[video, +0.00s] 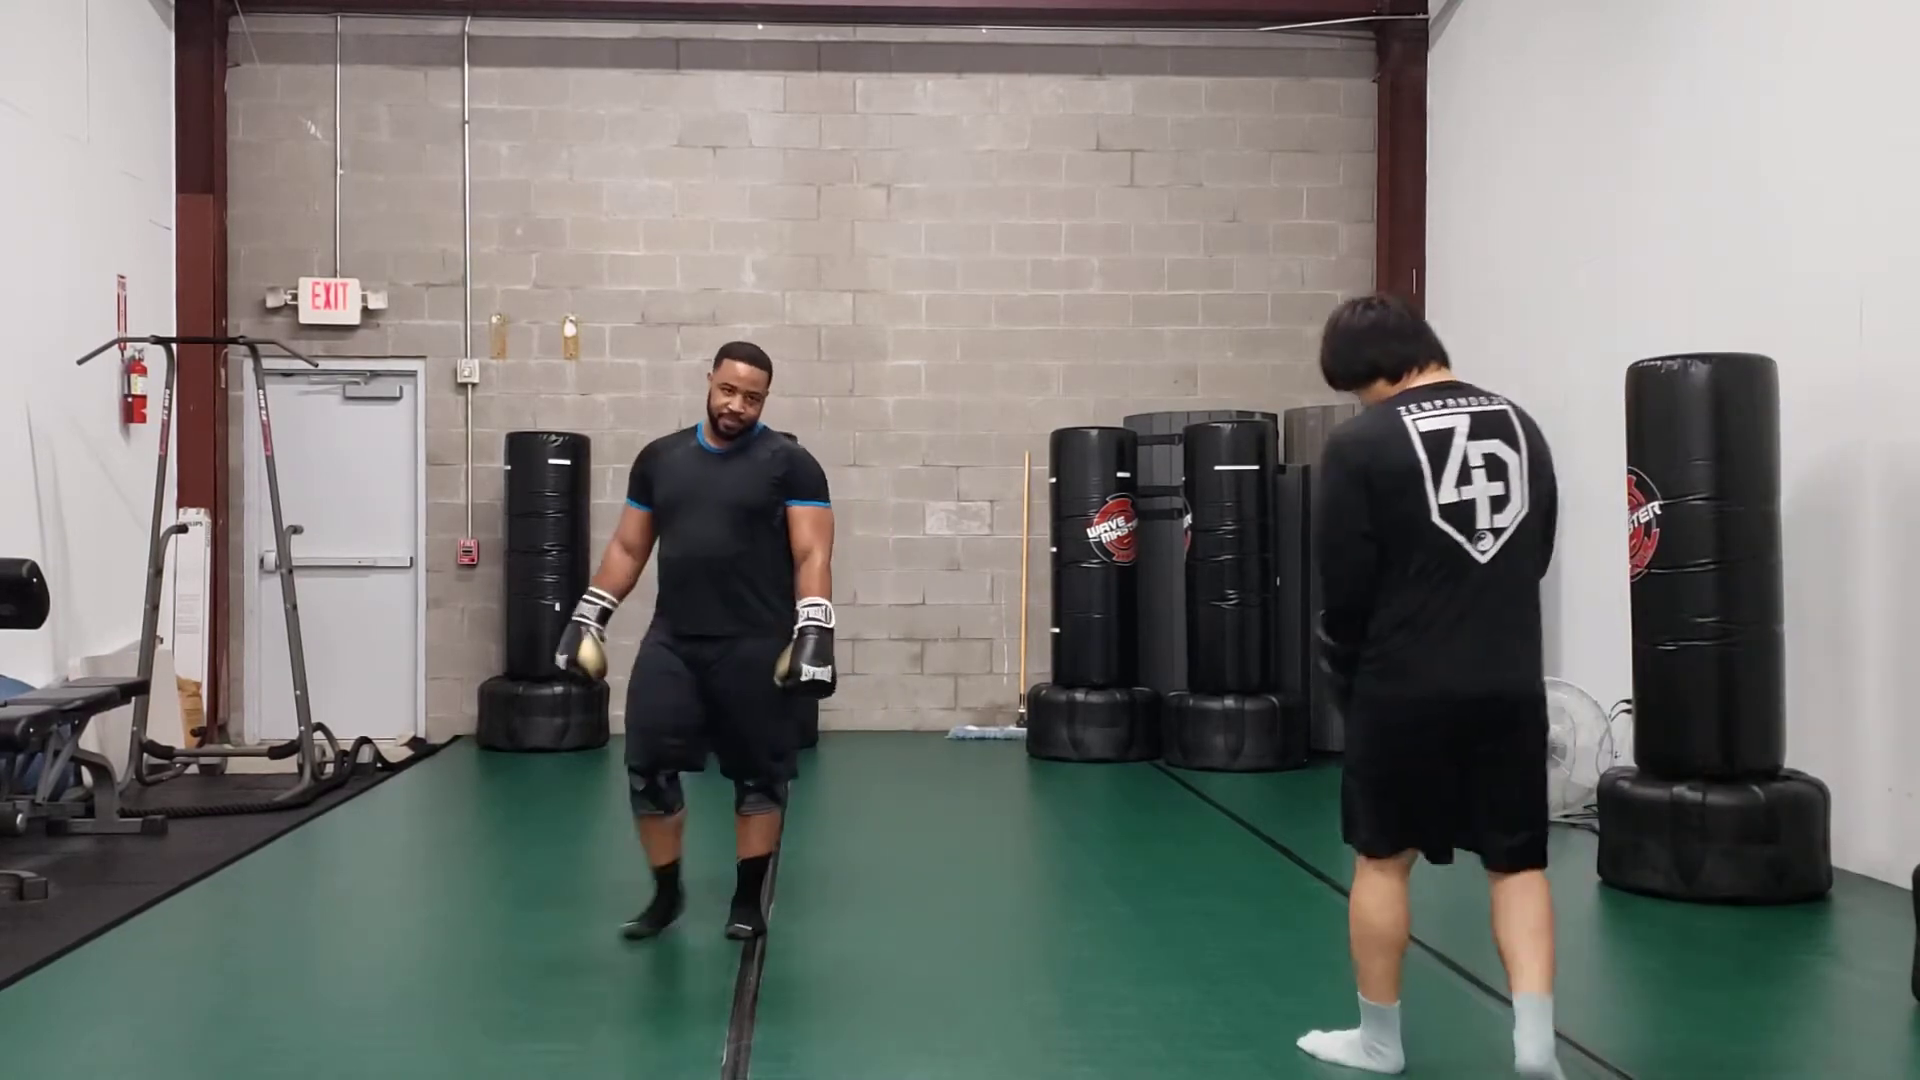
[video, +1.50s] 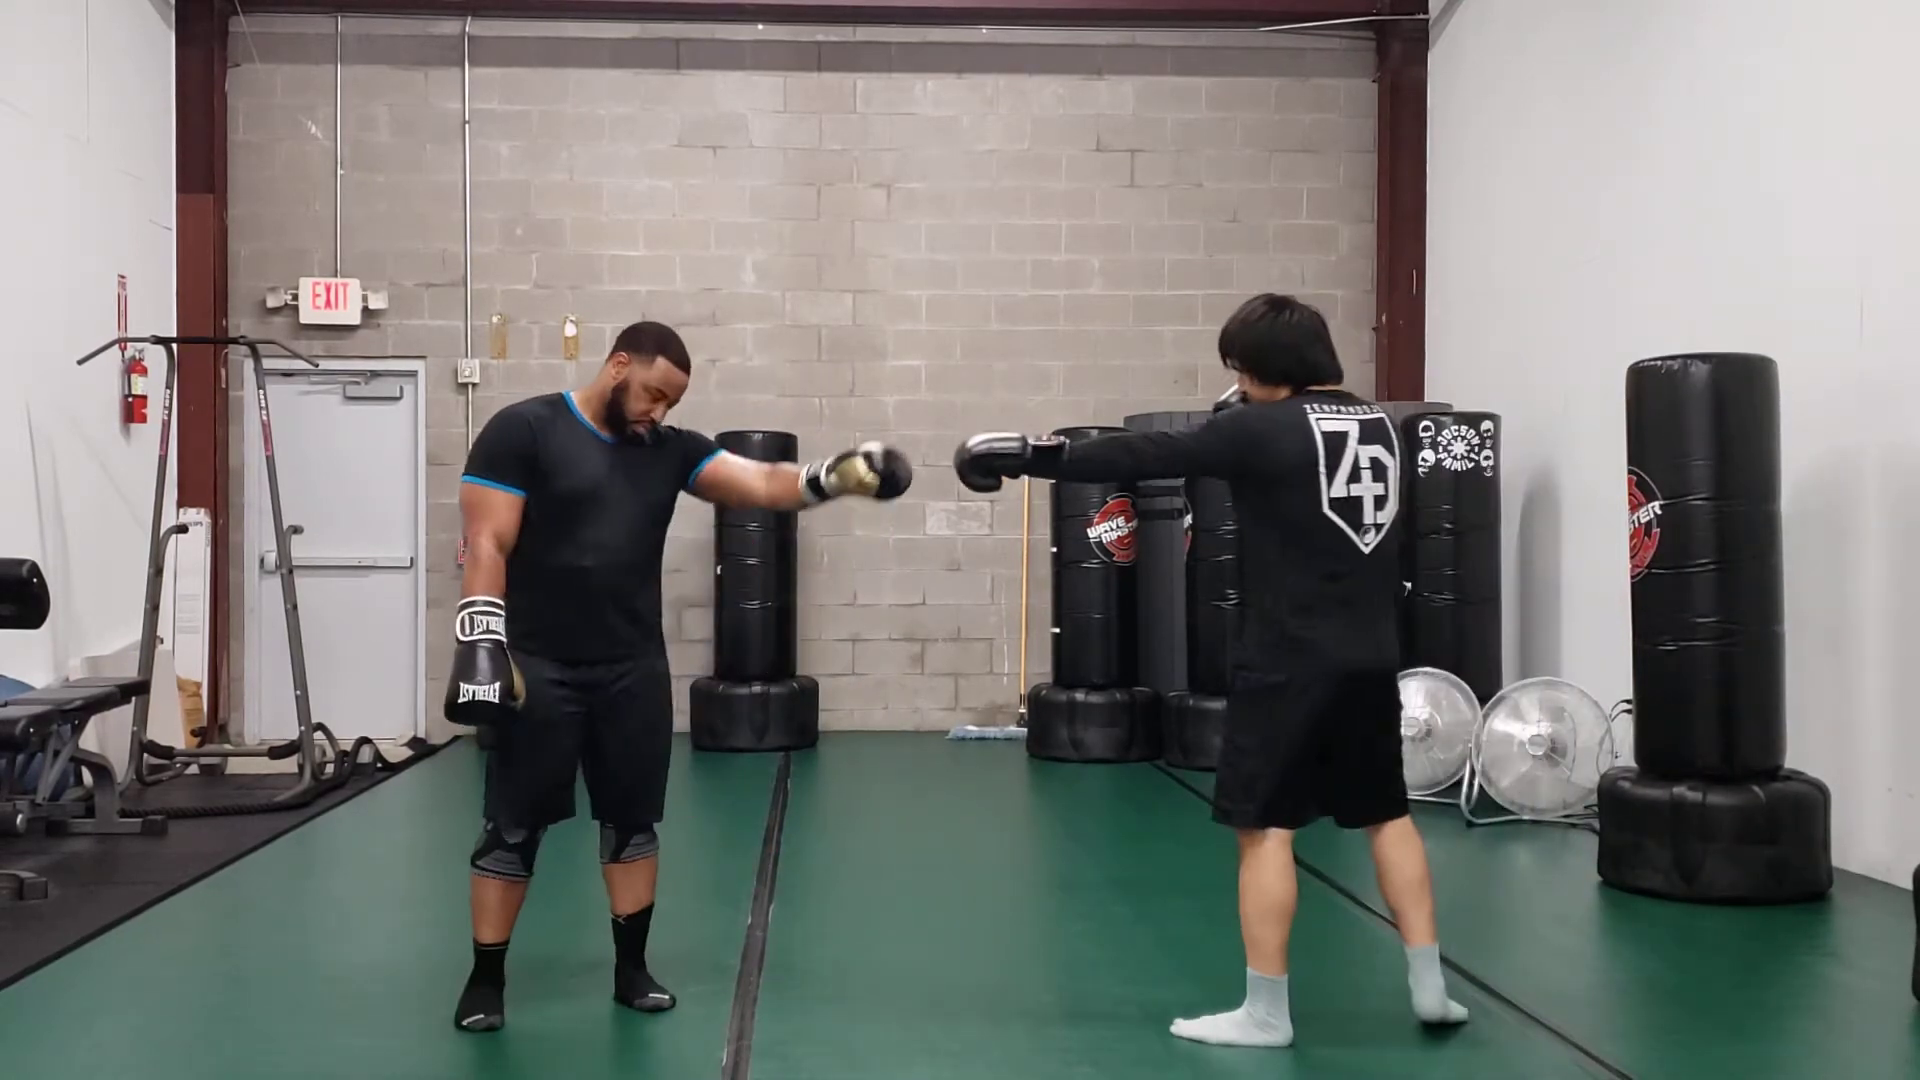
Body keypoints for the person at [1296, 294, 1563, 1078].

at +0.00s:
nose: (1359, 404)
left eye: (1357, 390)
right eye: (1355, 391)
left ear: (1374, 375)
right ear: (1429, 353)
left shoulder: (1362, 444)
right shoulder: (1518, 423)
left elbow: (1346, 588)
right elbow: (1537, 546)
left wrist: (1344, 668)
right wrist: (1488, 609)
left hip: (1403, 683)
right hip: (1507, 680)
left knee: (1382, 858)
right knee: (1519, 860)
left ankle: (1378, 1037)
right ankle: (1535, 1047)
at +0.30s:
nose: (1320, 408)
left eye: (1316, 395)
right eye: (1315, 397)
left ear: (1334, 381)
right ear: (1395, 353)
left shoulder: (1330, 438)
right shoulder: (1478, 418)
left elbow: (1321, 571)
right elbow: (1486, 544)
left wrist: (1339, 645)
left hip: (1384, 674)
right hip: (1479, 666)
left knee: (1372, 846)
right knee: (1496, 829)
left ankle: (1378, 1035)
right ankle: (1525, 1004)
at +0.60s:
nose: (1358, 395)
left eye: (1358, 379)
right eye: (1353, 381)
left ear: (1392, 367)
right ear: (1428, 356)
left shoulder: (1388, 436)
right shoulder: (1488, 420)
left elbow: (1362, 565)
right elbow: (1449, 541)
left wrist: (1361, 629)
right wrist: (1341, 586)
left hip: (1413, 664)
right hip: (1496, 658)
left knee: (1362, 825)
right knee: (1494, 825)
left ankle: (1383, 1018)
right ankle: (1507, 1003)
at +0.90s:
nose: (1358, 376)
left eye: (1365, 362)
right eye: (1358, 361)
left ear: (1402, 363)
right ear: (1435, 359)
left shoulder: (1409, 433)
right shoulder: (1484, 421)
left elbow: (1400, 554)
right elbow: (1452, 539)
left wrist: (1342, 599)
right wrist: (1354, 543)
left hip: (1424, 660)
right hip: (1497, 657)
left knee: (1335, 805)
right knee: (1488, 819)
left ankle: (1349, 994)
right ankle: (1508, 1004)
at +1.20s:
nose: (1296, 396)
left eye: (1299, 383)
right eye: (1295, 383)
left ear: (1331, 381)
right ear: (1372, 370)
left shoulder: (1342, 446)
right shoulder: (1439, 431)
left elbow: (1296, 544)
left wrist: (1210, 523)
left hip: (1361, 673)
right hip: (1446, 670)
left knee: (1307, 837)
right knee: (1461, 828)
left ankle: (1268, 1012)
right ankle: (1504, 1002)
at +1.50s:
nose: (1236, 385)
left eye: (1240, 372)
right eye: (1235, 372)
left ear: (1270, 371)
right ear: (1318, 363)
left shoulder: (1261, 430)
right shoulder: (1382, 426)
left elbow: (1154, 451)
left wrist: (1048, 456)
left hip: (1286, 667)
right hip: (1369, 663)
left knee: (1264, 828)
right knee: (1389, 814)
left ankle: (1265, 1013)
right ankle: (1430, 986)